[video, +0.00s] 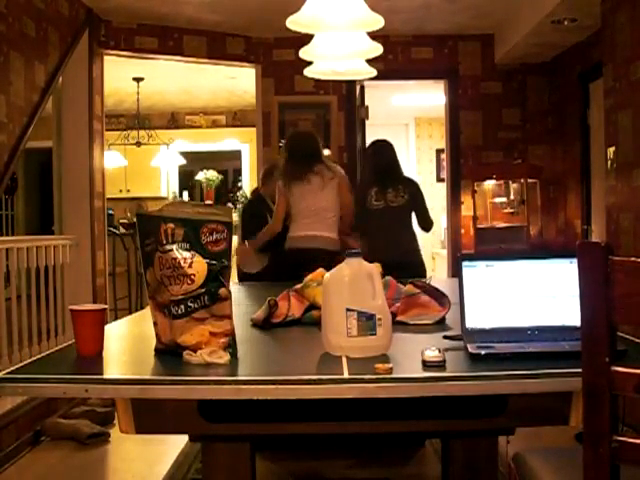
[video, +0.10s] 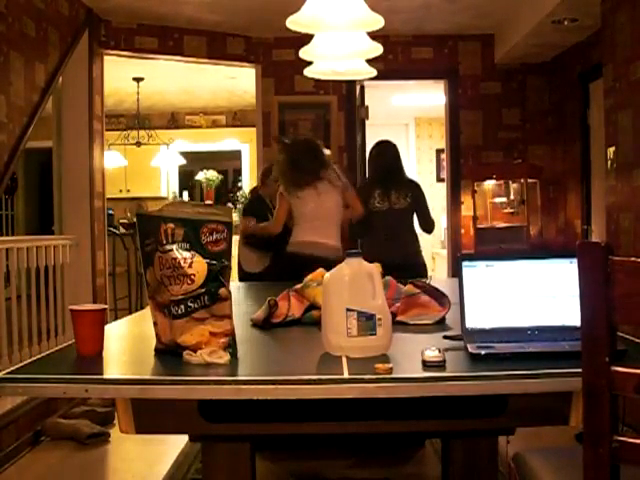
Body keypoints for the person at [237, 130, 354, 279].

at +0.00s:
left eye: (286, 149)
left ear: (289, 152)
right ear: (317, 148)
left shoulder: (286, 178)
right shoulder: (337, 173)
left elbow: (276, 225)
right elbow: (347, 212)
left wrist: (252, 245)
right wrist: (342, 234)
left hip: (296, 249)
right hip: (328, 251)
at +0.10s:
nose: (280, 164)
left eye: (283, 159)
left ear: (290, 162)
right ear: (319, 157)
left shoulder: (288, 185)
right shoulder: (336, 177)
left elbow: (275, 227)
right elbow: (358, 210)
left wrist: (252, 229)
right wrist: (335, 218)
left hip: (298, 256)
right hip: (332, 259)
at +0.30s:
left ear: (302, 168)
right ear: (326, 167)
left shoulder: (293, 192)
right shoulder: (338, 193)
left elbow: (280, 230)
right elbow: (344, 232)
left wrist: (295, 243)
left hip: (298, 259)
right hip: (330, 260)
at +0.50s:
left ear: (298, 161)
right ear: (322, 161)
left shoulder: (284, 185)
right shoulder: (332, 185)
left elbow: (269, 226)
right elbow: (342, 228)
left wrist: (279, 251)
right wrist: (321, 234)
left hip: (293, 258)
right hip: (327, 258)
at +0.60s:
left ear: (293, 164)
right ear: (316, 165)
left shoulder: (277, 189)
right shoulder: (327, 190)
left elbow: (263, 229)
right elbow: (336, 230)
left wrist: (270, 257)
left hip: (287, 261)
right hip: (322, 260)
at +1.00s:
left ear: (292, 163)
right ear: (315, 161)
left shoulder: (282, 187)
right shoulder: (330, 184)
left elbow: (269, 215)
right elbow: (340, 223)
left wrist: (272, 254)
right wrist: (342, 254)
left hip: (296, 254)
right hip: (328, 253)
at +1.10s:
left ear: (294, 161)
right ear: (317, 159)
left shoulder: (283, 184)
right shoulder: (331, 182)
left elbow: (272, 210)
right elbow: (343, 219)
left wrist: (284, 247)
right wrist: (345, 252)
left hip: (300, 254)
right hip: (331, 253)